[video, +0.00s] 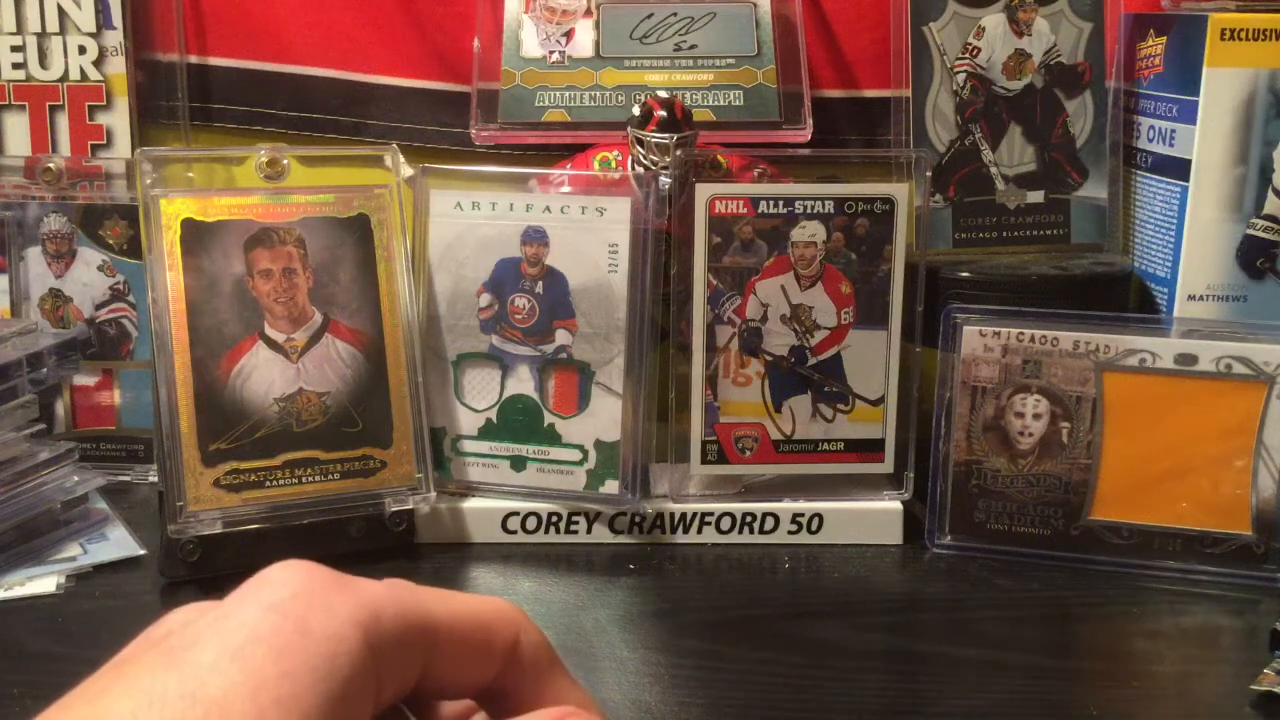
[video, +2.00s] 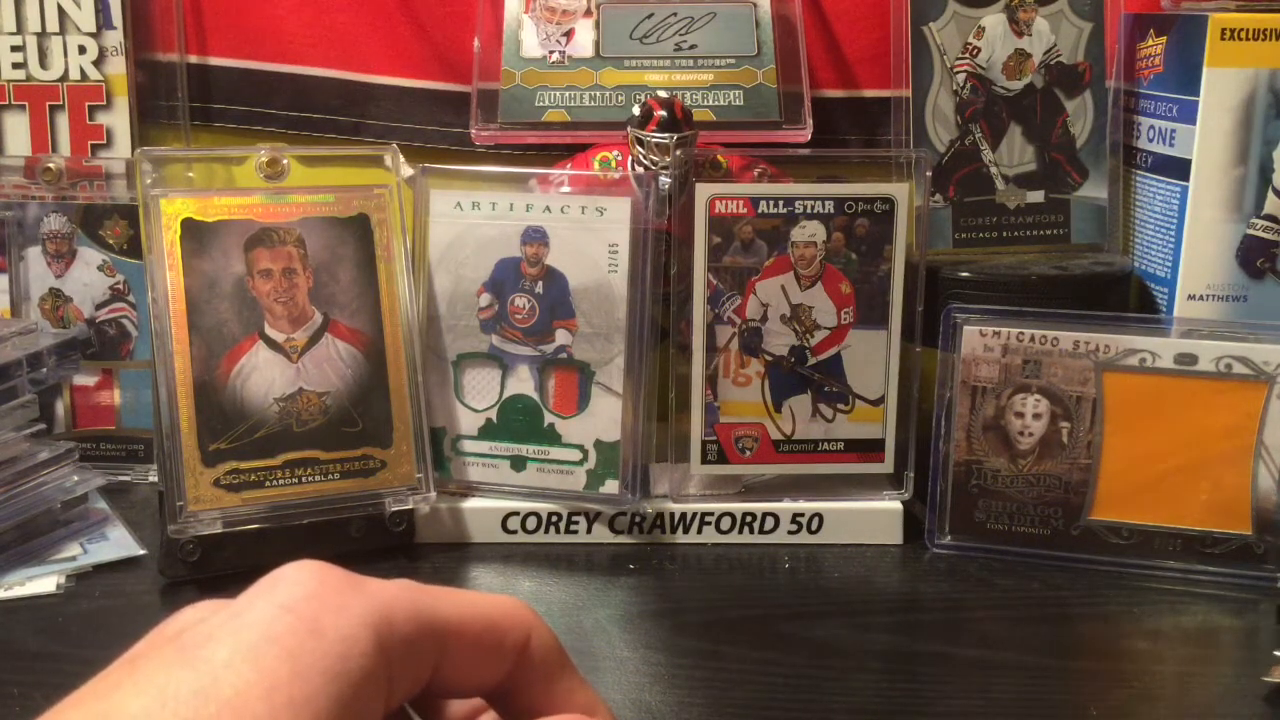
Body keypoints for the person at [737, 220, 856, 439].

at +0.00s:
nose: (801, 253)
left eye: (808, 247)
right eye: (796, 247)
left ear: (821, 250)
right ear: (790, 249)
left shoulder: (838, 285)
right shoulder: (774, 272)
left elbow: (842, 330)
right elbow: (754, 293)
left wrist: (810, 352)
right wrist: (750, 326)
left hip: (823, 351)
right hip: (779, 350)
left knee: (831, 411)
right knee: (798, 409)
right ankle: (790, 469)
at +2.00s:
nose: (801, 253)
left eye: (807, 247)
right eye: (796, 247)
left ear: (821, 249)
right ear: (790, 249)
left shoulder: (839, 285)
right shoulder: (773, 271)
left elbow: (842, 331)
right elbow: (755, 293)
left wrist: (810, 353)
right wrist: (750, 325)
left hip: (823, 353)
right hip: (780, 352)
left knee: (830, 412)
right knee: (796, 411)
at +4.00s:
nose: (801, 253)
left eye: (807, 247)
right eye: (796, 247)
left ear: (821, 249)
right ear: (790, 249)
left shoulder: (838, 285)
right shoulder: (773, 272)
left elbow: (843, 330)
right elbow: (754, 294)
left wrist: (810, 353)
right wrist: (751, 326)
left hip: (823, 354)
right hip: (780, 353)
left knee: (833, 413)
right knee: (799, 409)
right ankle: (791, 469)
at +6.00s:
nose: (801, 253)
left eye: (807, 247)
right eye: (796, 247)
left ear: (821, 249)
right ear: (790, 248)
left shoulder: (838, 285)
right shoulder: (773, 272)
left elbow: (843, 330)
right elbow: (754, 293)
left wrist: (810, 352)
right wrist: (750, 326)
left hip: (823, 354)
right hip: (781, 354)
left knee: (833, 413)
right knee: (799, 410)